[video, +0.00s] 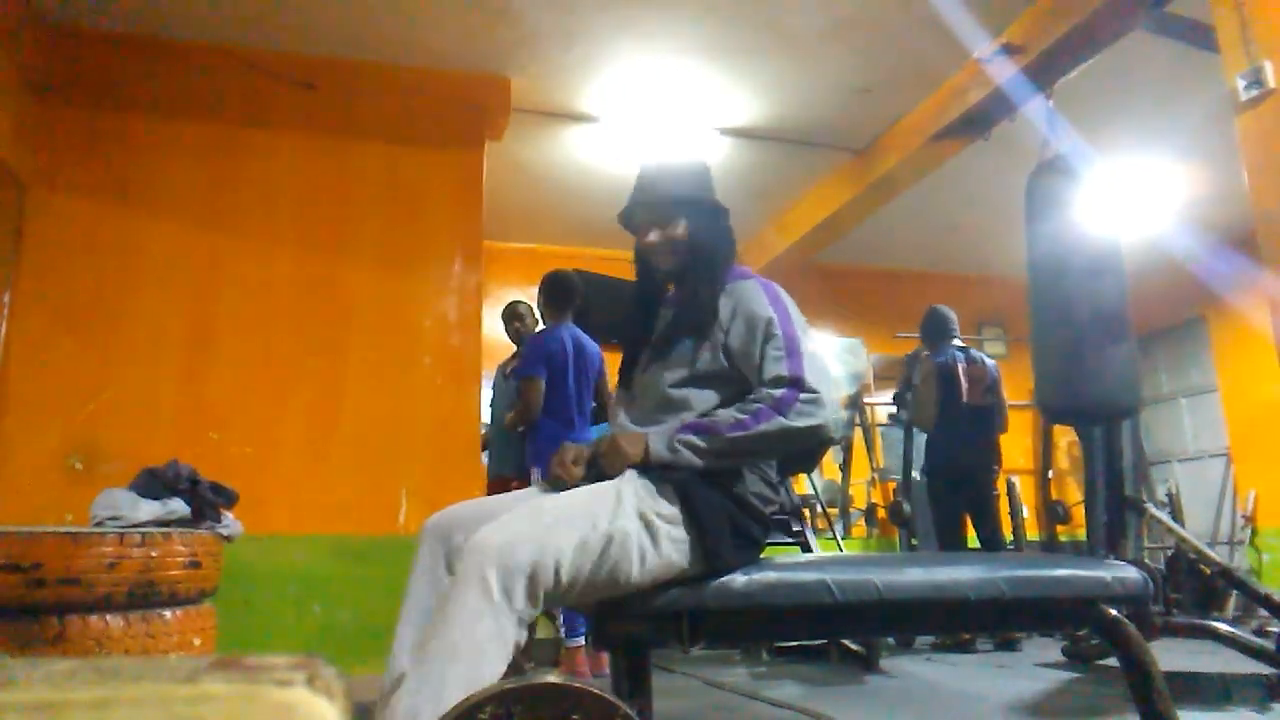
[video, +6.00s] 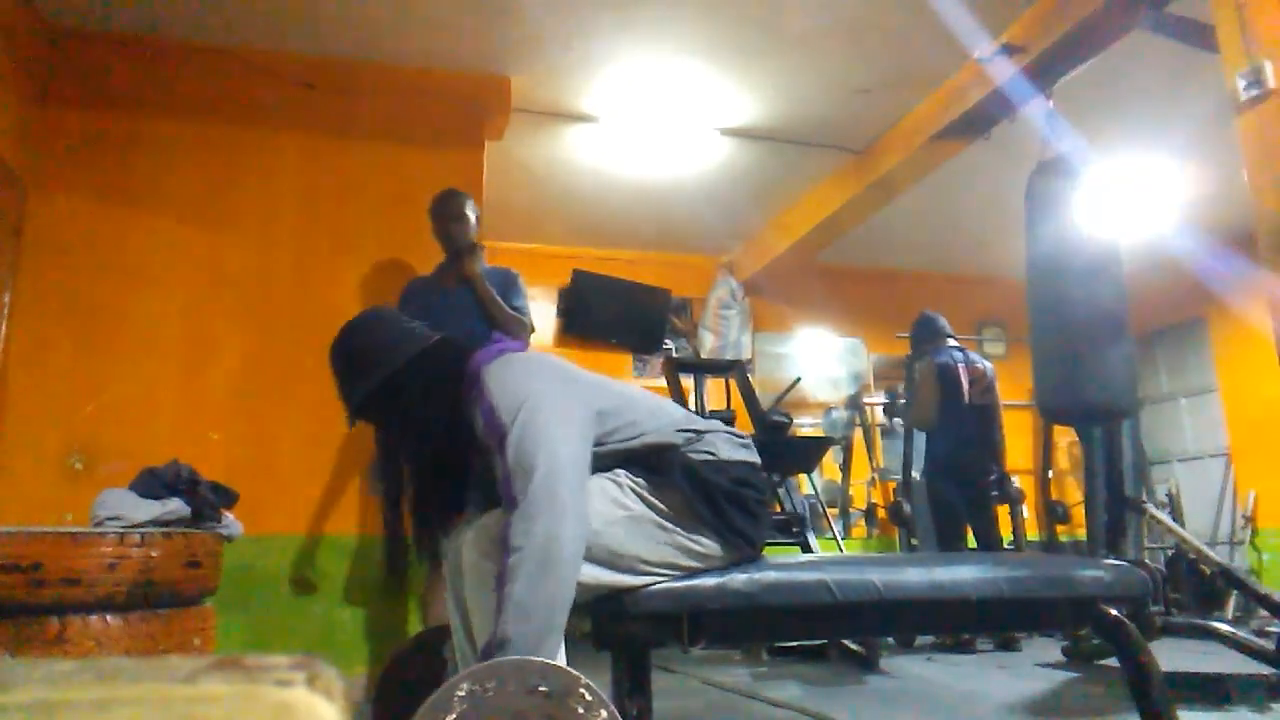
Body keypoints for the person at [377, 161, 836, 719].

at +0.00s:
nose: (653, 238)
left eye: (667, 222)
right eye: (642, 228)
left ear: (704, 220)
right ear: (635, 237)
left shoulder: (751, 297)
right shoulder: (657, 314)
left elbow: (803, 410)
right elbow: (646, 424)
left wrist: (654, 441)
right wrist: (595, 454)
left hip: (696, 498)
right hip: (636, 483)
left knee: (498, 554)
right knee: (447, 533)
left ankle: (425, 713)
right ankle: (400, 708)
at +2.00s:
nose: (692, 233)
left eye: (708, 221)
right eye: (691, 223)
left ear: (749, 229)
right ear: (693, 231)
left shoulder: (790, 313)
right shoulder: (696, 316)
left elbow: (810, 443)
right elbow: (667, 425)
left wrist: (709, 500)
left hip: (728, 502)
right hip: (664, 483)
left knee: (555, 431)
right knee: (479, 437)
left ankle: (591, 685)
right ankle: (460, 649)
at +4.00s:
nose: (448, 375)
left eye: (443, 354)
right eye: (434, 364)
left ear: (473, 324)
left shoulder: (573, 335)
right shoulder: (521, 389)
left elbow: (660, 453)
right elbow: (530, 522)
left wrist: (603, 595)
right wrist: (468, 602)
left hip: (729, 497)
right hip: (668, 503)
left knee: (502, 542)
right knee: (477, 542)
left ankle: (528, 710)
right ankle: (504, 707)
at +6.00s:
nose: (389, 432)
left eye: (386, 412)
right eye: (379, 420)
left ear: (415, 383)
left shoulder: (522, 384)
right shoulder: (463, 424)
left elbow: (550, 533)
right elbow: (446, 549)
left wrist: (516, 685)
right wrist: (472, 686)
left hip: (706, 495)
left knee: (490, 547)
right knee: (464, 546)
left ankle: (523, 703)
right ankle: (485, 701)